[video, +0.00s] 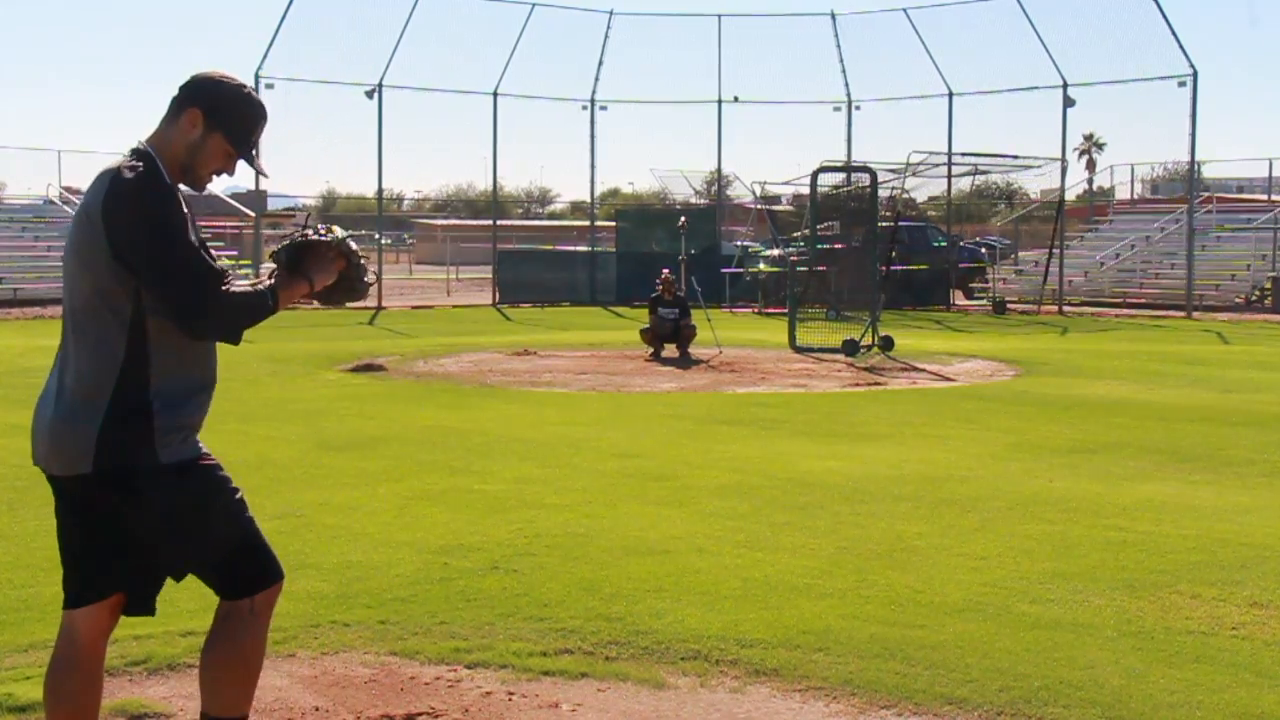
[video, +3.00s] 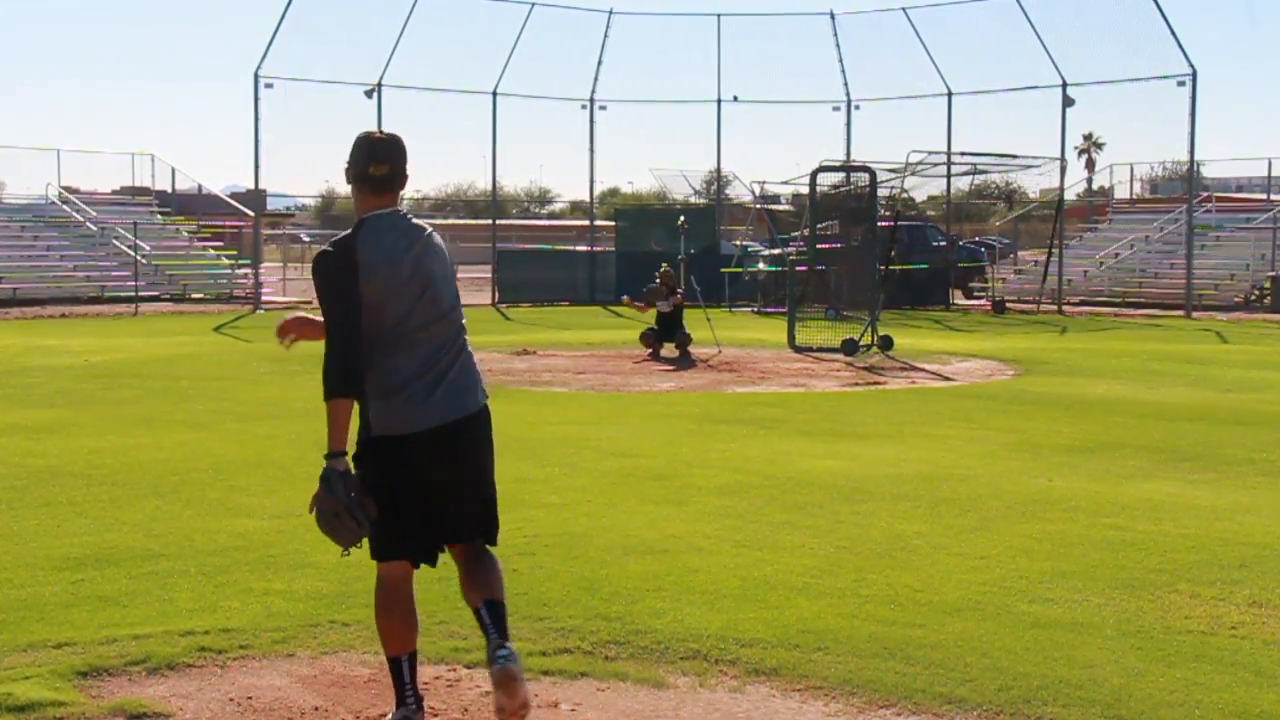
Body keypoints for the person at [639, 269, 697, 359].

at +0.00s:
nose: (668, 286)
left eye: (671, 284)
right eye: (665, 284)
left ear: (674, 285)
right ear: (662, 285)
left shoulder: (681, 300)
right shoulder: (654, 299)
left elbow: (686, 319)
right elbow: (652, 318)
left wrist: (674, 325)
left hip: (677, 329)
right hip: (660, 330)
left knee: (690, 329)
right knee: (645, 332)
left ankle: (683, 350)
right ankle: (657, 348)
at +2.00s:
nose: (667, 286)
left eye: (670, 283)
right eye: (664, 283)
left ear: (674, 285)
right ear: (660, 285)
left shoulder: (680, 299)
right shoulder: (654, 299)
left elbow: (686, 316)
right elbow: (651, 318)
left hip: (677, 326)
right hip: (661, 326)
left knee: (688, 328)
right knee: (646, 331)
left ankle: (683, 349)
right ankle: (657, 347)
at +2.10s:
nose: (667, 285)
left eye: (670, 282)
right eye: (665, 283)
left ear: (674, 284)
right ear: (661, 284)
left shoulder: (679, 298)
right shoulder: (654, 299)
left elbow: (690, 316)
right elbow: (650, 318)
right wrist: (659, 321)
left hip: (675, 326)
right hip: (660, 325)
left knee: (689, 329)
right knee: (646, 331)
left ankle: (683, 350)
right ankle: (656, 348)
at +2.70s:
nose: (666, 287)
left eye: (669, 284)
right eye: (664, 284)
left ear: (673, 284)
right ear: (659, 285)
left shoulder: (678, 296)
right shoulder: (655, 297)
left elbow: (687, 305)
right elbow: (649, 317)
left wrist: (680, 306)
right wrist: (651, 315)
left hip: (675, 327)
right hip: (660, 328)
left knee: (687, 331)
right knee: (645, 331)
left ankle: (683, 350)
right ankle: (656, 348)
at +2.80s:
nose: (666, 285)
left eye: (669, 282)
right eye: (663, 282)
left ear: (673, 283)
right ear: (659, 283)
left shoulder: (678, 295)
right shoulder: (655, 296)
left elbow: (685, 304)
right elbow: (649, 318)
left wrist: (679, 306)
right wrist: (649, 305)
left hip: (676, 330)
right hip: (660, 330)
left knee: (687, 332)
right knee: (645, 332)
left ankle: (683, 349)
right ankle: (656, 348)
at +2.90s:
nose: (666, 282)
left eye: (668, 279)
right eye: (663, 279)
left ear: (673, 280)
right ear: (659, 280)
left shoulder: (678, 293)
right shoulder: (655, 295)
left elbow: (681, 303)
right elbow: (646, 315)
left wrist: (675, 303)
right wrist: (638, 308)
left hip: (677, 330)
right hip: (661, 331)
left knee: (686, 334)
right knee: (646, 334)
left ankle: (682, 349)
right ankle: (656, 347)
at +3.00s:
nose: (666, 280)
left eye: (669, 277)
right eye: (663, 277)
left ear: (673, 278)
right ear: (659, 278)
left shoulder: (678, 292)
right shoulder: (657, 294)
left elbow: (678, 300)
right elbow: (644, 308)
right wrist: (631, 303)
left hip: (676, 330)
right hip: (661, 330)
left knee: (684, 337)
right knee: (646, 336)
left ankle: (683, 350)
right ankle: (656, 348)